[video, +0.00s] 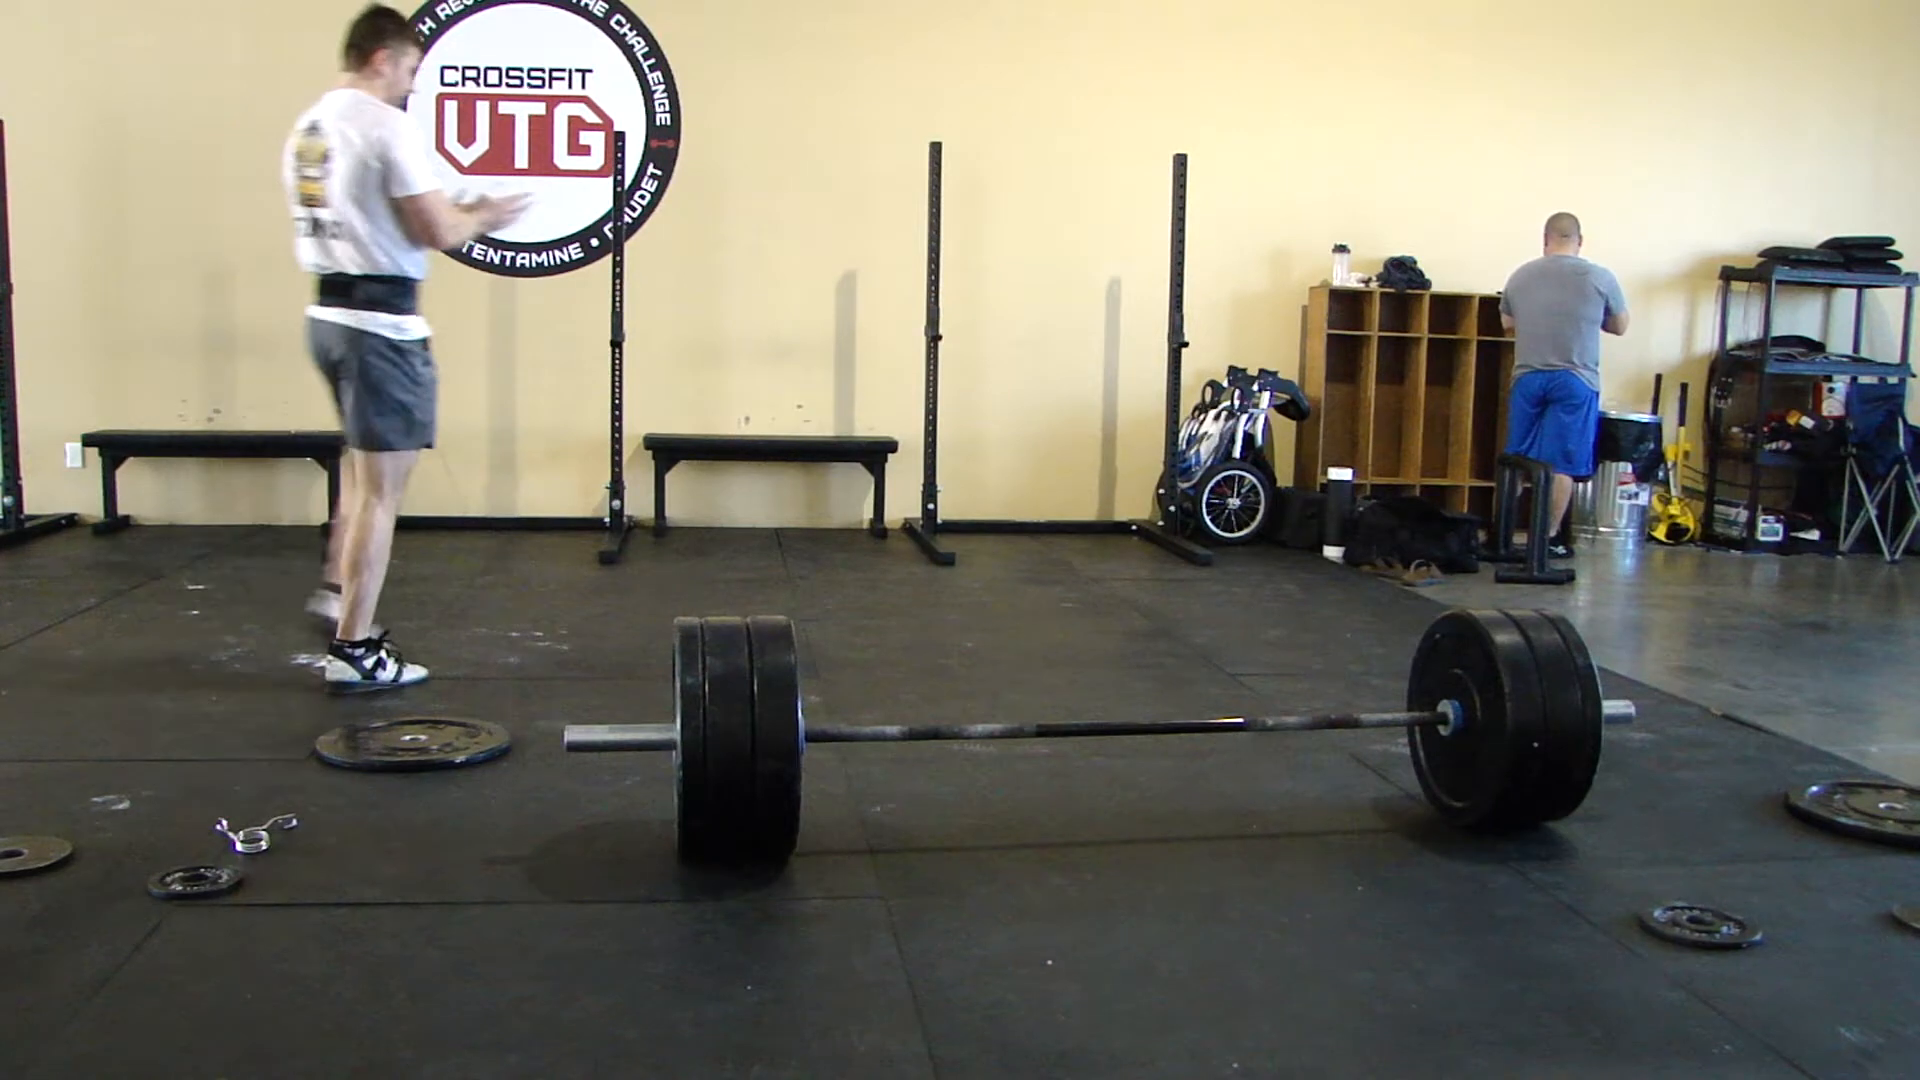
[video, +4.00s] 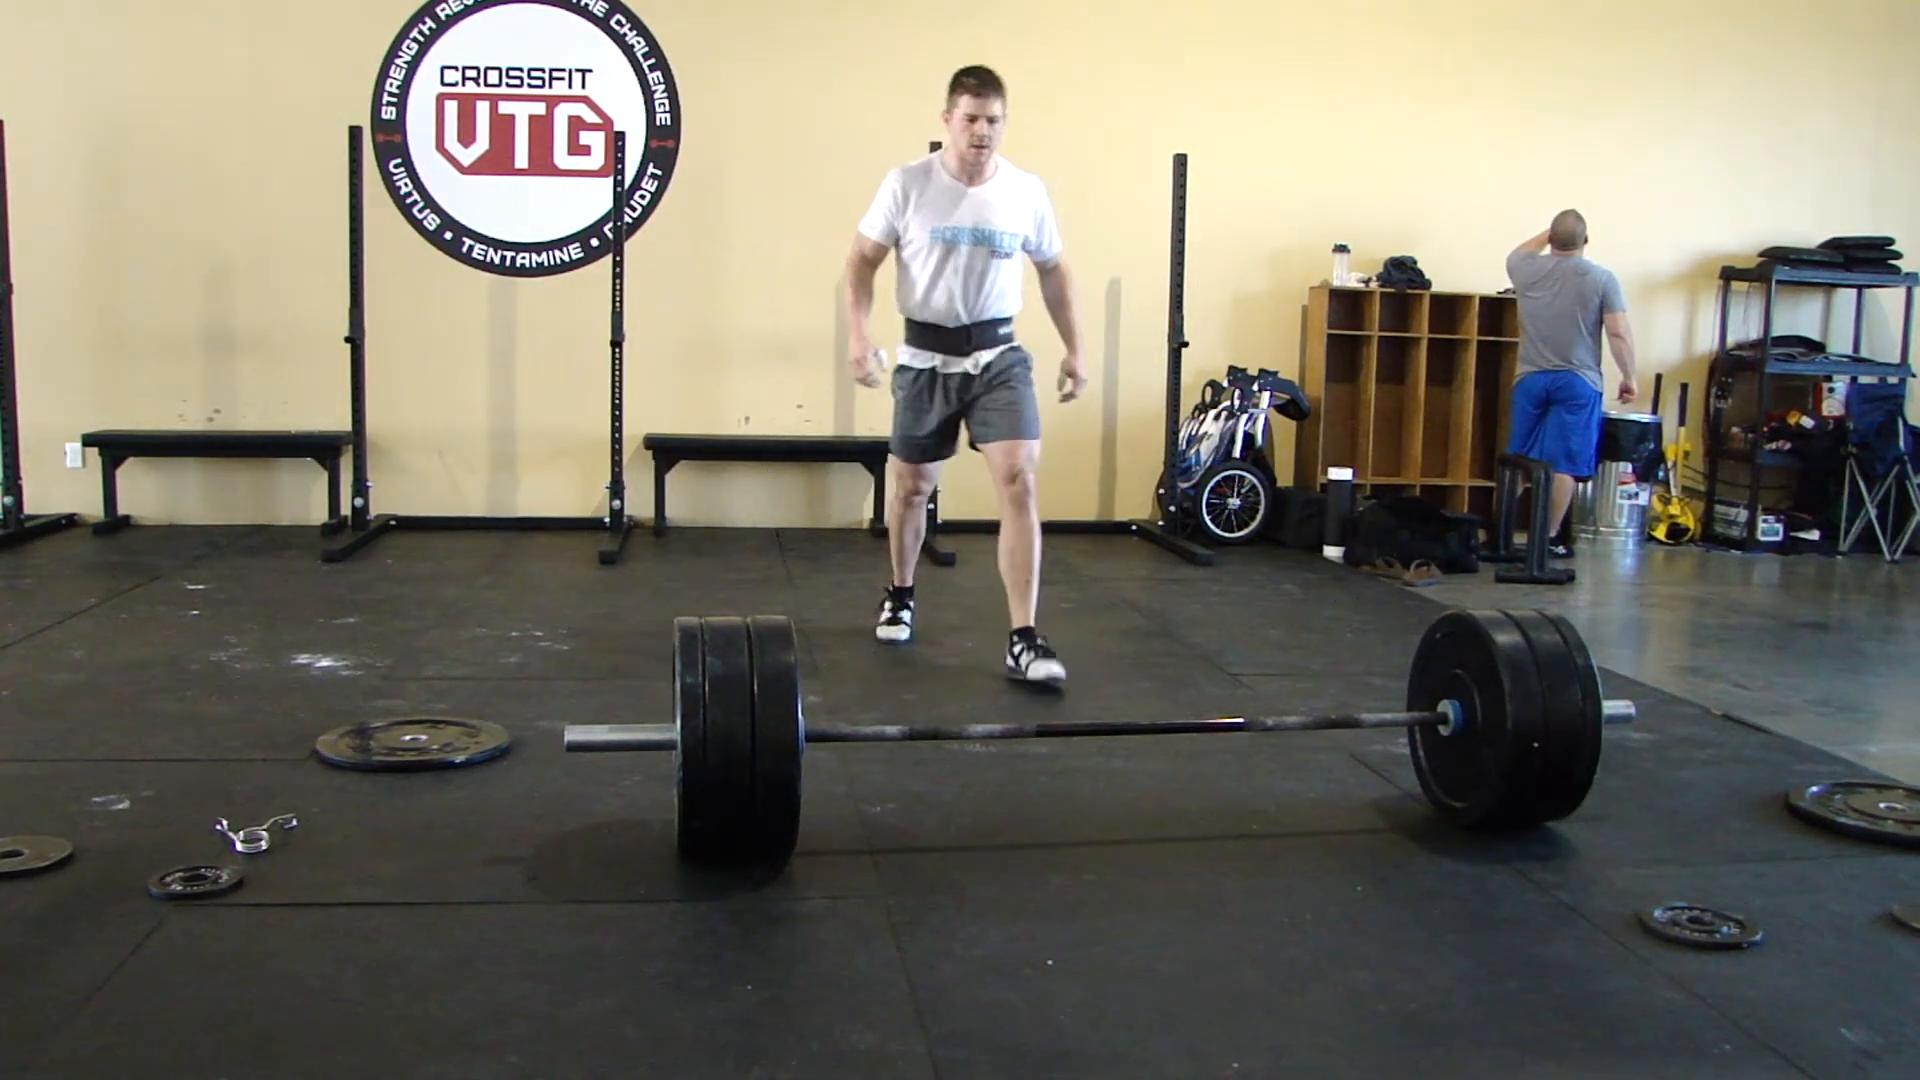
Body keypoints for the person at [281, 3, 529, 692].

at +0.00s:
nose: (413, 85)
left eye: (415, 72)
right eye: (411, 70)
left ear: (360, 58)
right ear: (383, 58)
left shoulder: (311, 122)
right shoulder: (383, 125)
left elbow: (367, 216)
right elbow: (435, 228)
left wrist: (458, 208)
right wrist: (487, 214)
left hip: (329, 324)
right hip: (383, 334)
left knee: (361, 465)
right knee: (380, 495)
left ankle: (336, 591)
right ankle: (357, 646)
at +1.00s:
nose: (748, 117)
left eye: (755, 107)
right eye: (737, 105)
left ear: (758, 109)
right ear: (706, 104)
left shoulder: (724, 169)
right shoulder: (697, 165)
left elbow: (720, 256)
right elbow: (664, 257)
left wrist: (776, 264)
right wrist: (645, 348)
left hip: (707, 339)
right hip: (727, 341)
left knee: (698, 465)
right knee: (772, 473)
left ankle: (597, 563)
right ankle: (777, 613)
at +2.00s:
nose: (958, 106)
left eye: (967, 98)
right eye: (948, 98)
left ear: (981, 110)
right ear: (928, 109)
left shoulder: (1005, 177)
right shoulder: (893, 169)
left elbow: (1037, 236)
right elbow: (850, 242)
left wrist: (1054, 283)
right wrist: (825, 321)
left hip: (977, 342)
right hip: (909, 340)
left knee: (979, 472)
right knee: (893, 470)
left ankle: (969, 601)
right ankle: (890, 600)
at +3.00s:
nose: (955, 99)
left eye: (965, 92)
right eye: (945, 92)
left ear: (979, 107)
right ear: (926, 106)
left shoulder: (1004, 176)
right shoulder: (893, 172)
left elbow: (1036, 248)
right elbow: (855, 245)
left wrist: (1055, 317)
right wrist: (842, 317)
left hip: (981, 341)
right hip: (913, 339)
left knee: (983, 468)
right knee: (906, 464)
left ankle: (974, 599)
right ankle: (897, 598)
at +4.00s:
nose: (983, 132)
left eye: (993, 121)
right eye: (972, 119)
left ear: (1005, 125)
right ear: (946, 120)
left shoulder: (1026, 192)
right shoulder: (907, 186)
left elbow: (1053, 271)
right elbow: (861, 264)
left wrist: (1074, 349)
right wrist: (857, 336)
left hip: (998, 361)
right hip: (923, 361)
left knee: (1020, 482)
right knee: (910, 488)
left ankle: (1025, 637)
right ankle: (900, 596)